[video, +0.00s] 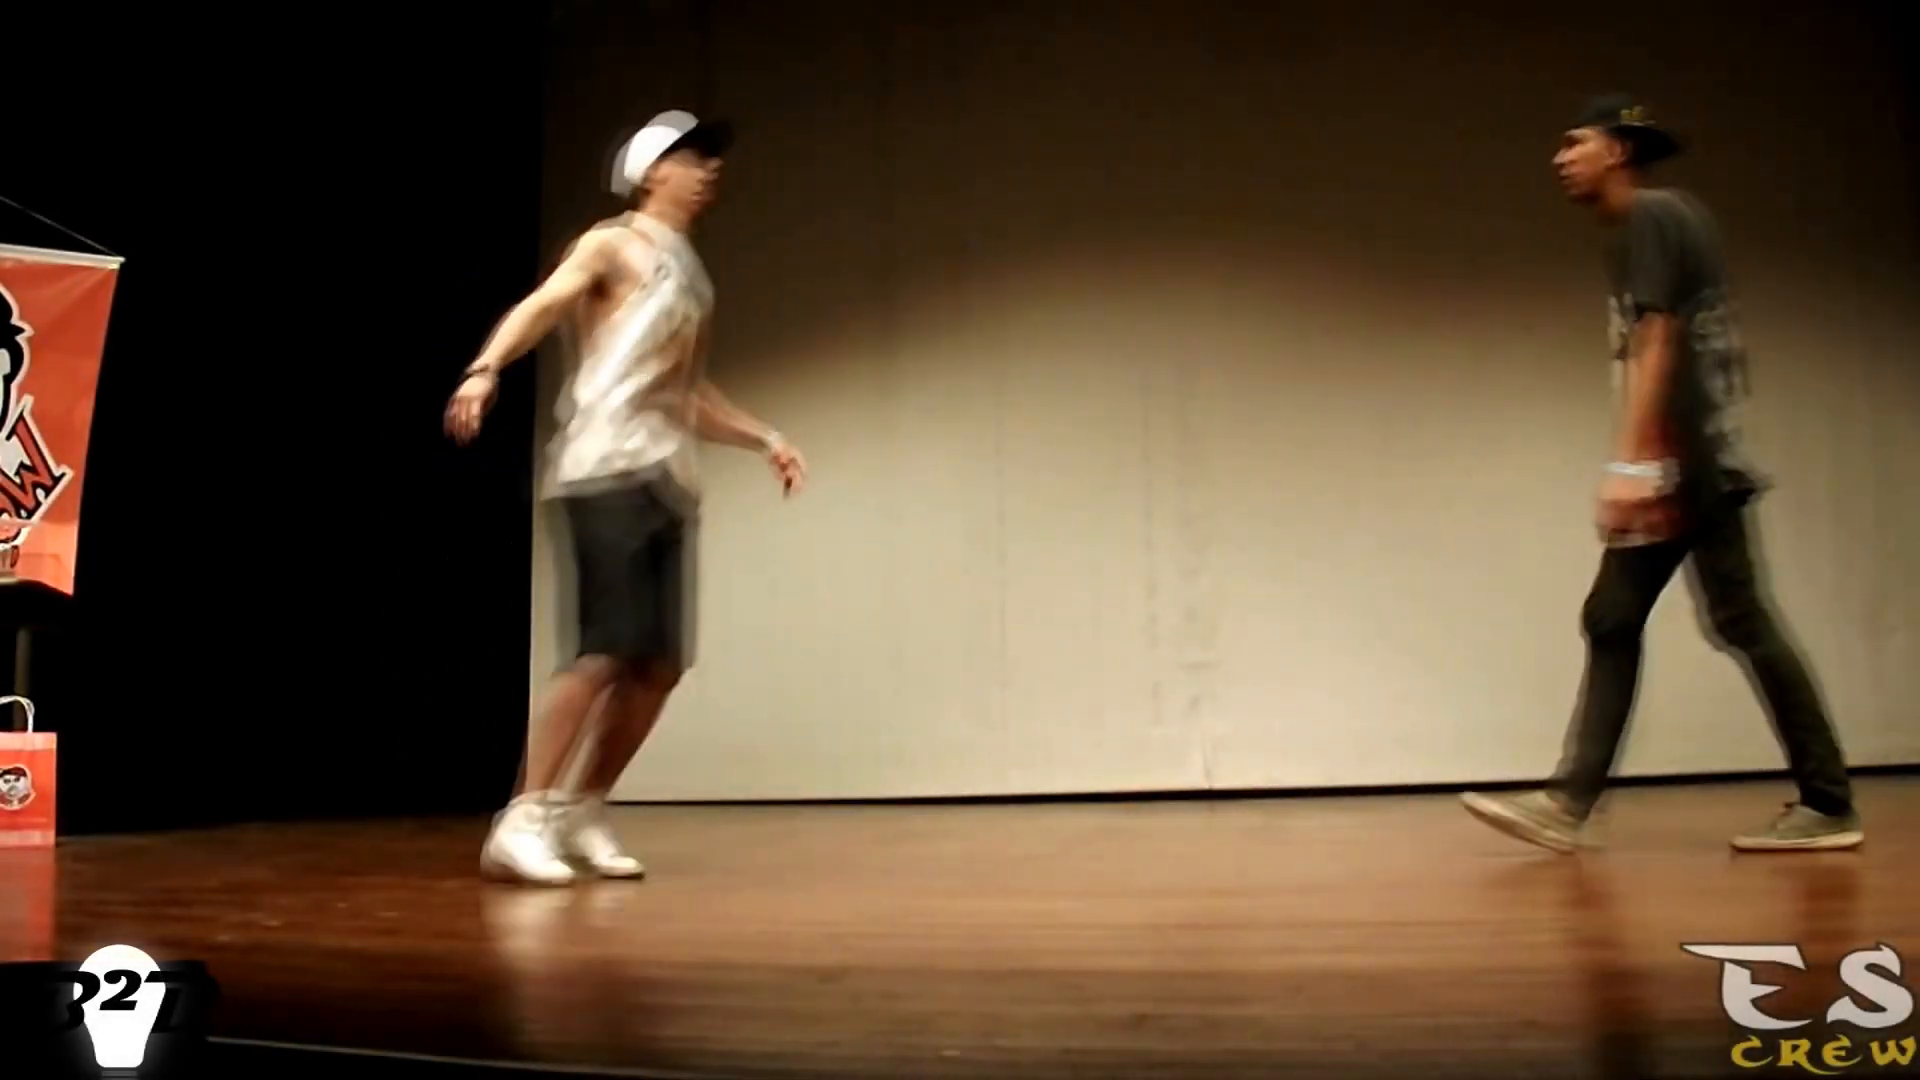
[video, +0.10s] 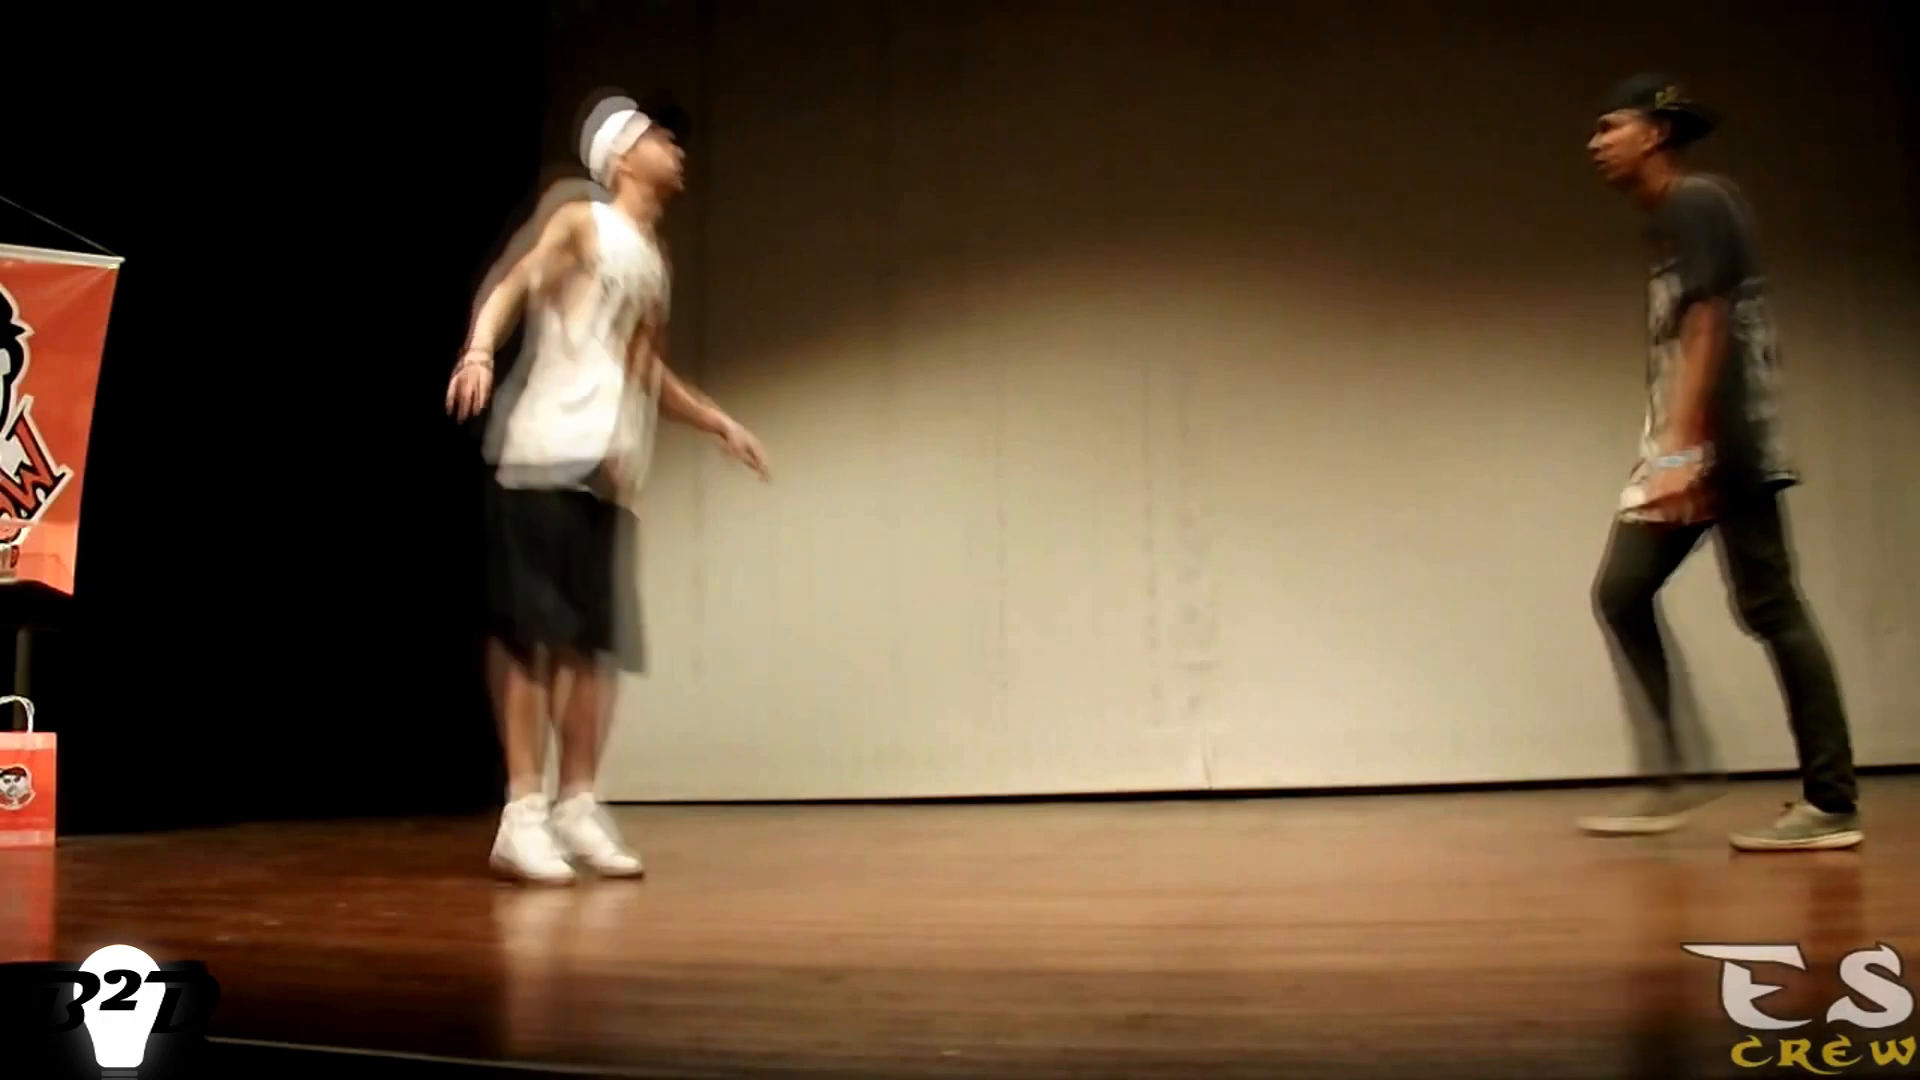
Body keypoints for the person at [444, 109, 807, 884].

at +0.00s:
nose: (710, 168)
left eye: (710, 158)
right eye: (692, 156)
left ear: (699, 179)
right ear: (649, 170)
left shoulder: (688, 273)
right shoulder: (614, 243)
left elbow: (686, 395)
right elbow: (543, 306)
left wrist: (765, 439)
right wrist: (484, 371)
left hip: (663, 477)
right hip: (603, 470)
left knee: (658, 662)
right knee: (606, 651)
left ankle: (581, 814)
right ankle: (524, 819)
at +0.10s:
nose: (675, 148)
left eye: (670, 138)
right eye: (658, 137)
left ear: (648, 160)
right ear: (621, 155)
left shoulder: (650, 262)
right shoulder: (579, 220)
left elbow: (647, 367)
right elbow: (511, 286)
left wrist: (721, 425)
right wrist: (478, 352)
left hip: (603, 470)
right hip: (539, 462)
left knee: (592, 644)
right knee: (527, 638)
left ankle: (576, 809)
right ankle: (522, 814)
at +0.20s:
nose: (645, 115)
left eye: (641, 105)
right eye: (626, 104)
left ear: (618, 126)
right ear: (587, 119)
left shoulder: (620, 218)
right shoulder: (545, 171)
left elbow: (591, 321)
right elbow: (478, 245)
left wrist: (652, 361)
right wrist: (465, 333)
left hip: (561, 416)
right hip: (491, 408)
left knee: (540, 599)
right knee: (476, 590)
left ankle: (544, 771)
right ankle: (483, 767)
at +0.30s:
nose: (598, 138)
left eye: (602, 128)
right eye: (586, 122)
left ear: (596, 142)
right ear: (546, 125)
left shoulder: (567, 227)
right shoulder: (491, 179)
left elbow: (547, 336)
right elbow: (430, 259)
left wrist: (610, 360)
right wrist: (435, 342)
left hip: (527, 428)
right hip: (462, 418)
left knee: (511, 606)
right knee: (442, 590)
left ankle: (466, 773)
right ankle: (406, 769)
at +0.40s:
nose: (549, 199)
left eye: (556, 186)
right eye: (541, 182)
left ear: (550, 192)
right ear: (503, 176)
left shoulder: (530, 279)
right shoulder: (442, 233)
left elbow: (506, 390)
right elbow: (388, 313)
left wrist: (577, 391)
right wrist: (398, 374)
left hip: (491, 471)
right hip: (424, 463)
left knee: (495, 641)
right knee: (400, 630)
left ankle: (408, 770)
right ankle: (319, 796)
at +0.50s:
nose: (527, 243)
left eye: (531, 232)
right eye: (519, 226)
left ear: (510, 240)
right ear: (479, 225)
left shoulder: (489, 331)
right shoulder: (416, 282)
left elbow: (490, 432)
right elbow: (355, 358)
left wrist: (558, 417)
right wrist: (363, 404)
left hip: (452, 530)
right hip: (386, 514)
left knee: (474, 689)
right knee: (372, 668)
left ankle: (380, 794)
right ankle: (291, 826)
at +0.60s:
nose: (529, 241)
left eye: (534, 229)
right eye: (521, 222)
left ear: (519, 235)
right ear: (482, 217)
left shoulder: (490, 316)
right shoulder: (415, 276)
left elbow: (477, 417)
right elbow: (350, 346)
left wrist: (543, 399)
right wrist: (350, 389)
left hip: (445, 515)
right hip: (381, 500)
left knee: (430, 676)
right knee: (351, 655)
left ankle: (358, 807)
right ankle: (297, 819)